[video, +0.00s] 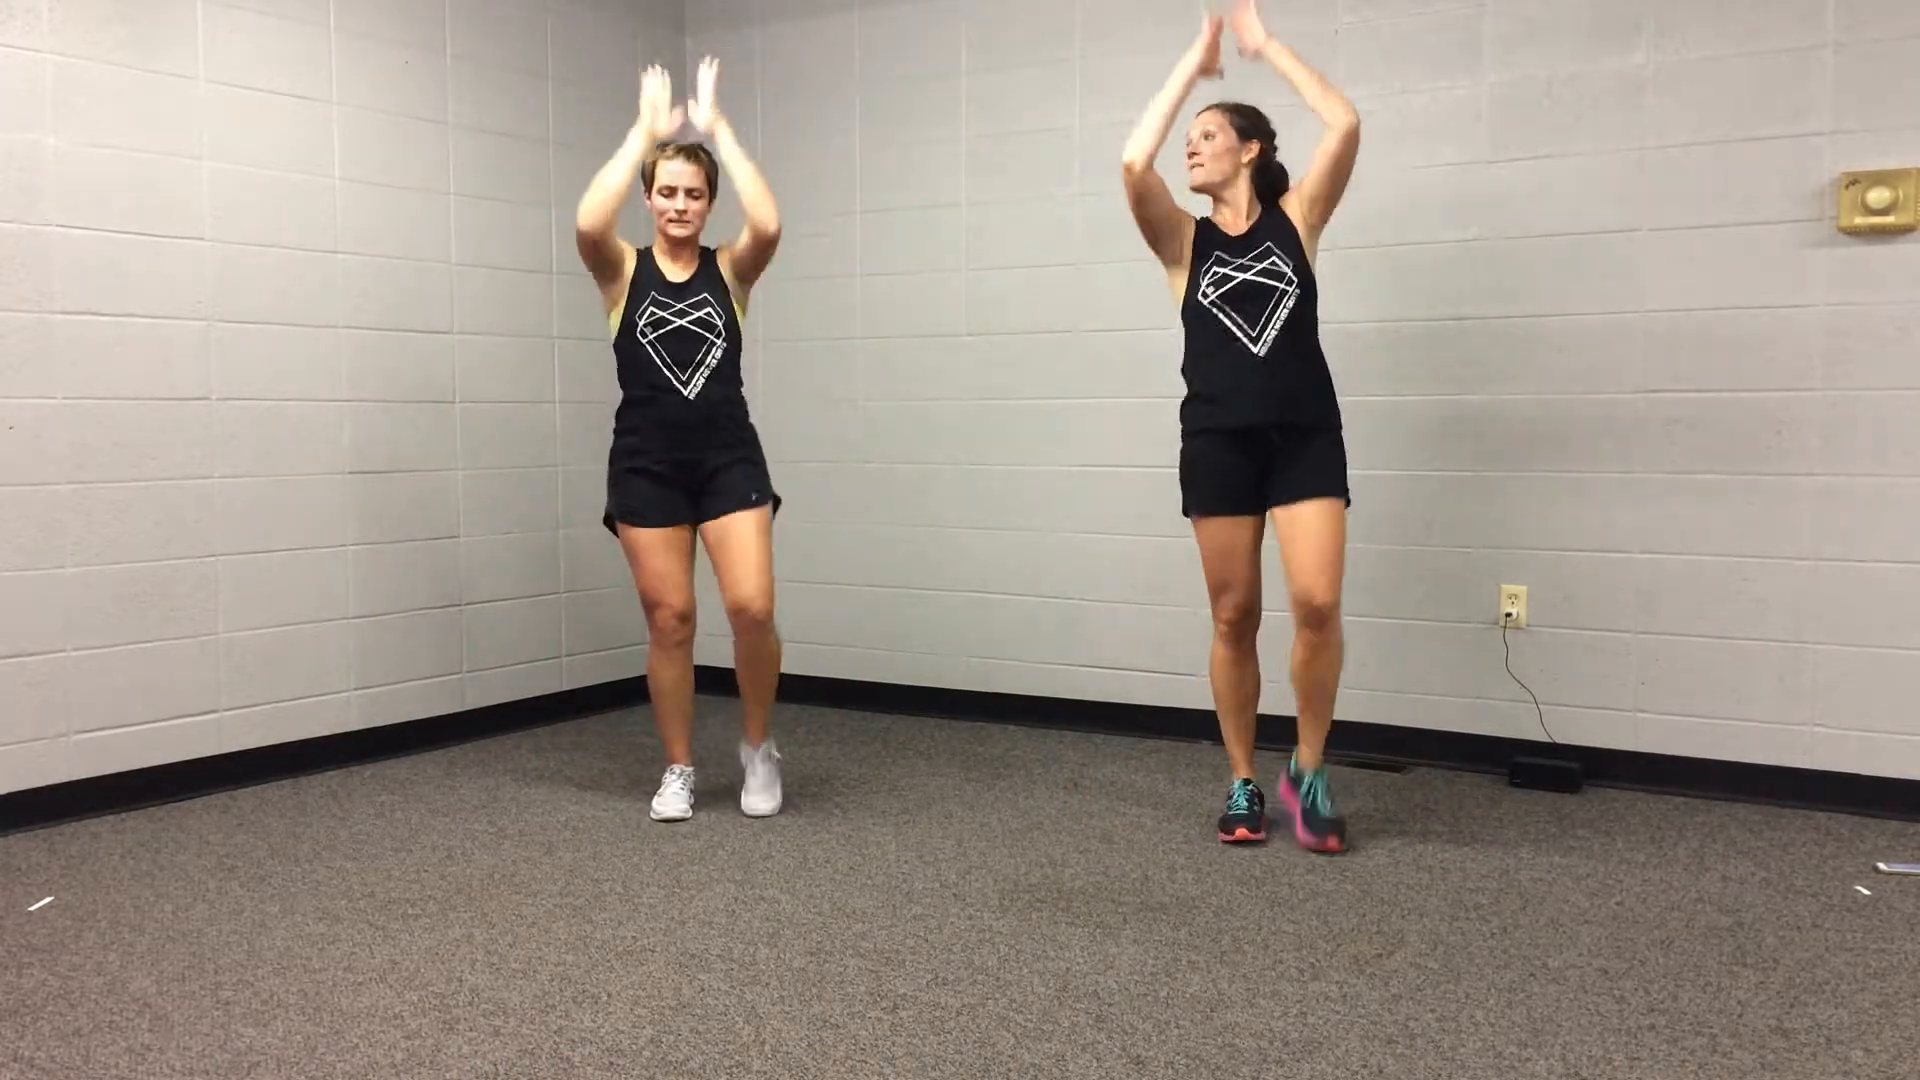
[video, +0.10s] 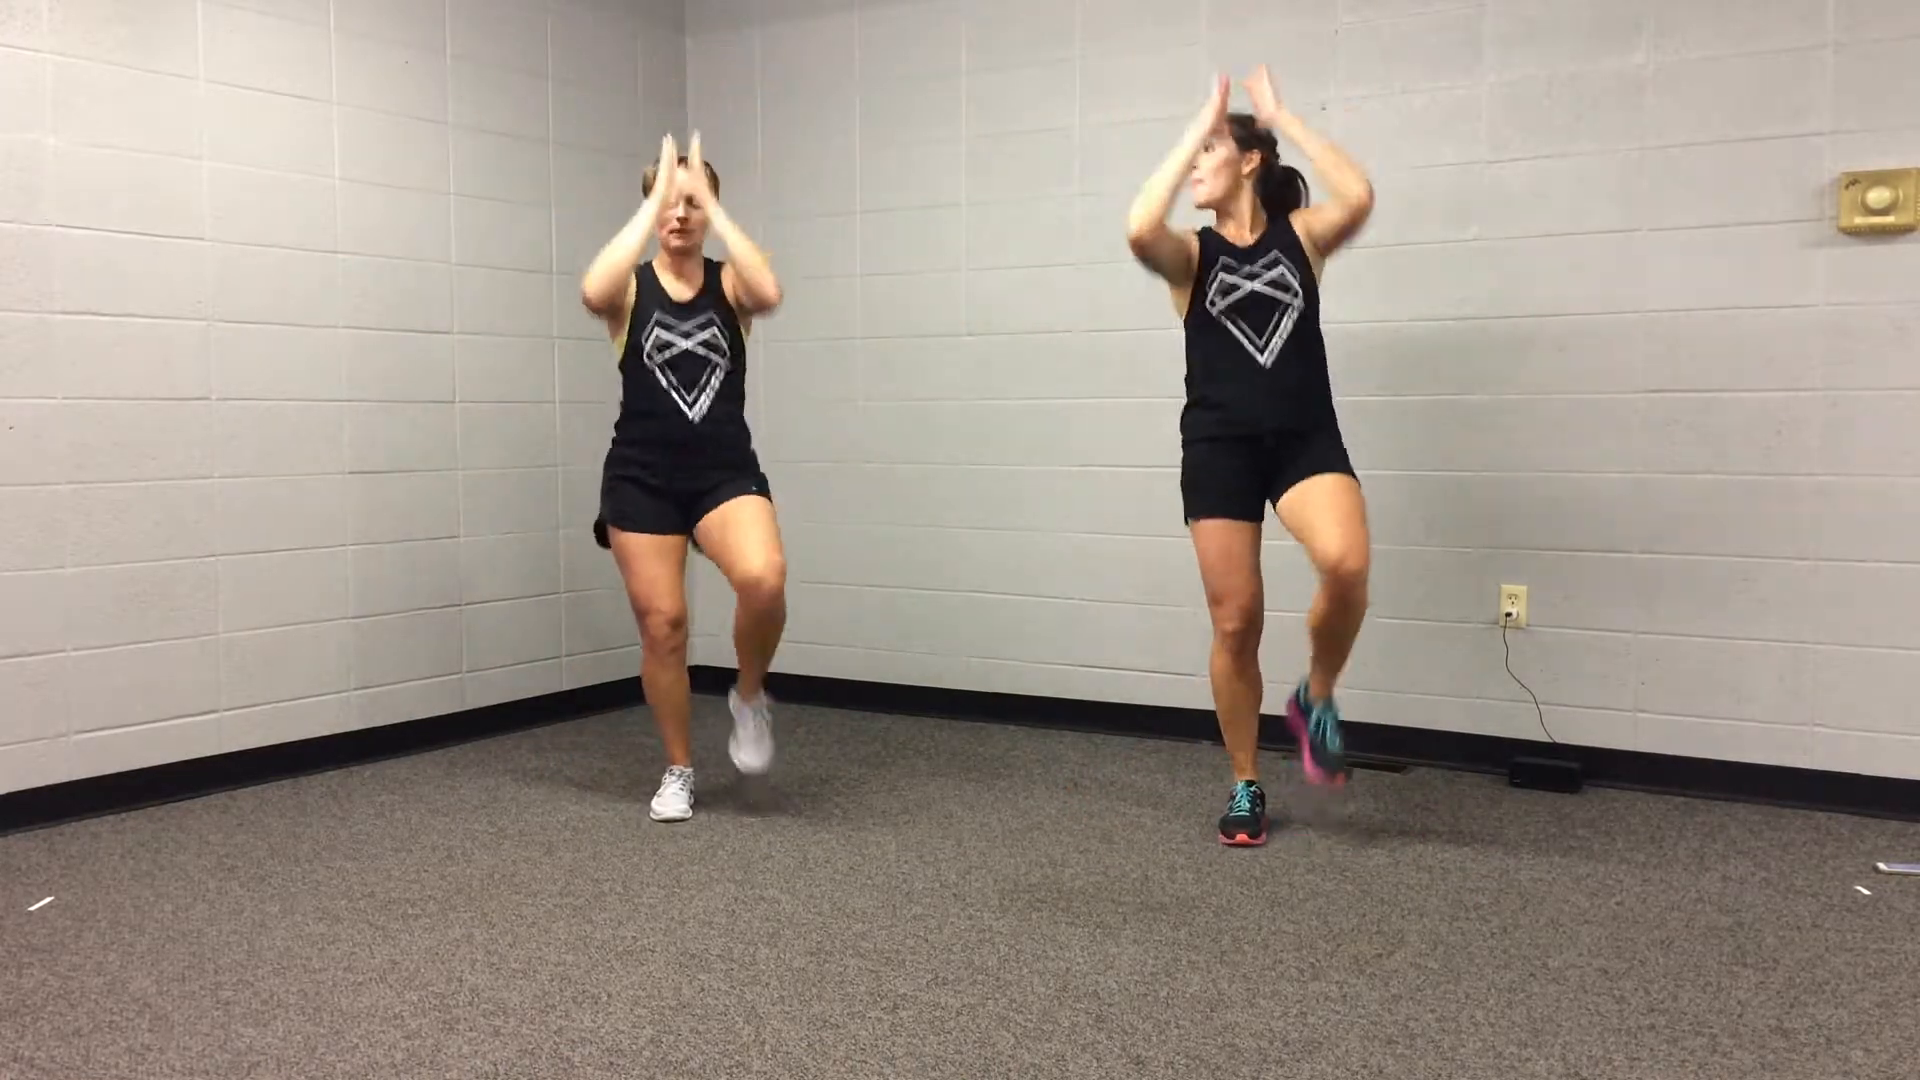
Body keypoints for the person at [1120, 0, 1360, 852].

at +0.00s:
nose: (1191, 151)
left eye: (1207, 137)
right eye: (1189, 143)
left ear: (1253, 150)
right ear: (1193, 164)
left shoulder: (1297, 219)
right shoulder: (1182, 239)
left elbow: (1346, 121)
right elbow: (1134, 169)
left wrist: (1266, 43)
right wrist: (1193, 68)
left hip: (1306, 438)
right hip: (1218, 443)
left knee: (1319, 607)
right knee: (1233, 618)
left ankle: (1309, 773)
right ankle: (1243, 779)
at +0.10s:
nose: (1199, 162)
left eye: (1213, 150)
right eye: (1196, 152)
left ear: (1252, 161)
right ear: (1203, 169)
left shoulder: (1301, 237)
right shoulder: (1190, 256)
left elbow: (1355, 196)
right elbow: (1141, 230)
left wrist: (1284, 118)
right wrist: (1194, 138)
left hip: (1306, 440)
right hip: (1219, 450)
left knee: (1347, 564)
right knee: (1235, 621)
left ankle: (1316, 699)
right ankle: (1243, 783)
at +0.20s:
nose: (1201, 168)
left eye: (1215, 154)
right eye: (1198, 160)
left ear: (1259, 161)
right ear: (1207, 177)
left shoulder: (1303, 238)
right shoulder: (1196, 251)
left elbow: (1372, 268)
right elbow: (1150, 298)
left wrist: (1293, 193)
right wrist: (1209, 211)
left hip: (1306, 437)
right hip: (1221, 444)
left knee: (1362, 550)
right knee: (1235, 621)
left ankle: (1318, 672)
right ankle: (1246, 783)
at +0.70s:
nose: (1297, 191)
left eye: (1308, 178)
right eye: (1283, 178)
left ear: (1323, 180)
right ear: (1255, 179)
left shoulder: (1347, 257)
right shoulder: (1232, 251)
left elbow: (1425, 286)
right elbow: (1184, 315)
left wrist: (1383, 205)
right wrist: (1241, 222)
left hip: (1331, 444)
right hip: (1249, 433)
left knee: (1320, 630)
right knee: (1239, 513)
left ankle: (1310, 780)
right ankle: (1246, 652)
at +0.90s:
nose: (1292, 151)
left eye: (1304, 139)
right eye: (1276, 141)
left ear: (1322, 151)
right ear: (1254, 157)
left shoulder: (1359, 240)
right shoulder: (1226, 241)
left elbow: (1367, 339)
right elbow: (1222, 340)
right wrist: (1277, 360)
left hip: (1331, 426)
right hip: (1243, 426)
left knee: (1316, 614)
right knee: (1250, 611)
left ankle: (1307, 780)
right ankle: (1248, 775)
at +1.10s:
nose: (1286, 128)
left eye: (1300, 124)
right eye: (1272, 125)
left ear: (1322, 155)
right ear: (1254, 160)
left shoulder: (1360, 241)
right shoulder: (1224, 245)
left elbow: (1410, 357)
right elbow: (1189, 356)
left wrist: (1468, 452)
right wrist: (1135, 450)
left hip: (1329, 446)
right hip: (1239, 443)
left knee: (1313, 616)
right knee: (1235, 611)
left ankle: (1309, 779)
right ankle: (1243, 771)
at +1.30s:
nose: (1294, 143)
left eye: (1307, 137)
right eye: (1280, 139)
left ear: (1331, 168)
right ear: (1260, 170)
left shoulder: (1366, 246)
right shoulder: (1227, 250)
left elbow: (1484, 277)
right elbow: (1122, 300)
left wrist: (1592, 303)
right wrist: (1020, 333)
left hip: (1334, 444)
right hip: (1245, 435)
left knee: (1323, 619)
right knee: (1218, 558)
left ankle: (1310, 781)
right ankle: (1234, 694)